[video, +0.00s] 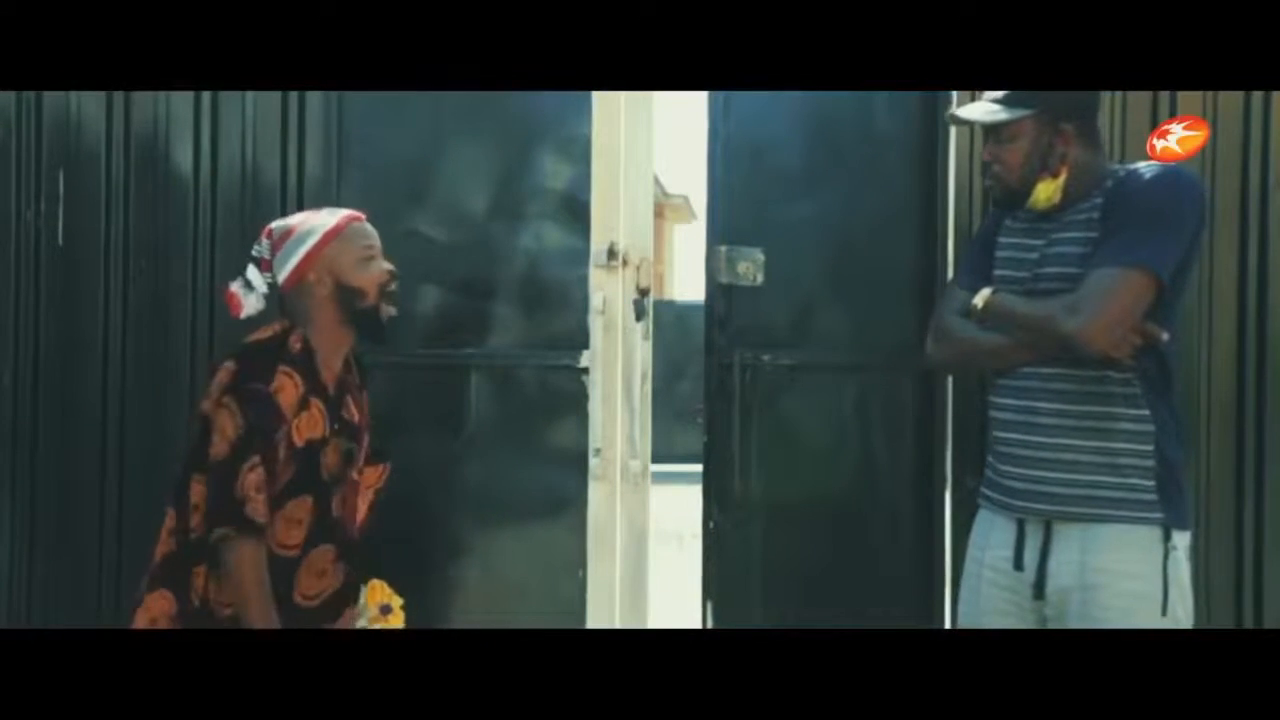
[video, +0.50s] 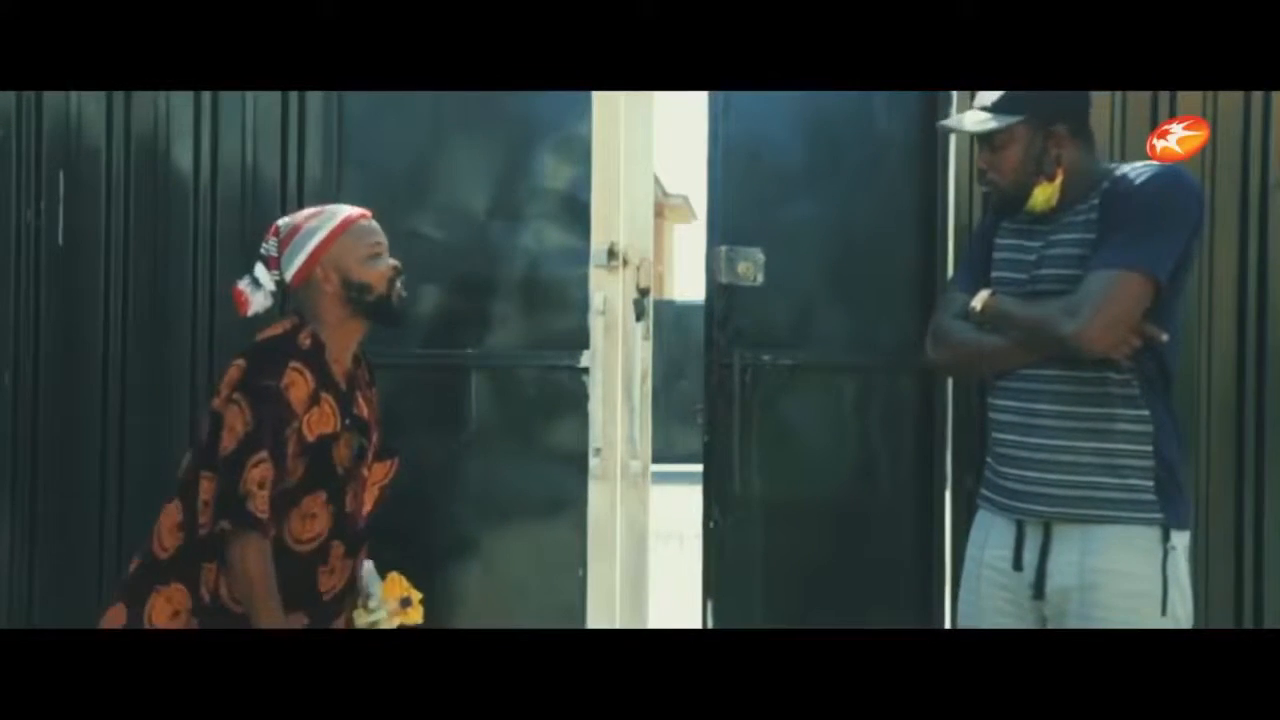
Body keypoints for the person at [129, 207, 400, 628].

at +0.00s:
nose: (391, 272)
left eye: (384, 259)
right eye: (369, 259)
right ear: (315, 275)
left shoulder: (349, 378)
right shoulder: (259, 376)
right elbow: (239, 539)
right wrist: (264, 620)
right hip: (230, 611)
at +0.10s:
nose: (392, 269)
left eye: (384, 257)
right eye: (371, 258)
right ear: (318, 276)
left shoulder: (349, 376)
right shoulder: (261, 376)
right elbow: (241, 538)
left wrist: (337, 614)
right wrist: (265, 620)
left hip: (310, 609)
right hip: (222, 613)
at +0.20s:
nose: (391, 267)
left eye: (384, 255)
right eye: (370, 256)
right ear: (317, 274)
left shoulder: (351, 377)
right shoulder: (264, 373)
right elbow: (243, 535)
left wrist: (345, 612)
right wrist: (266, 620)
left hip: (311, 609)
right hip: (220, 613)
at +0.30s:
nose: (391, 265)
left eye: (383, 252)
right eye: (370, 255)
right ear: (318, 276)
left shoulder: (350, 374)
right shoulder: (271, 374)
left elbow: (337, 523)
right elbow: (244, 536)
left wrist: (361, 607)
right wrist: (271, 619)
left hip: (311, 606)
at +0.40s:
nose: (392, 264)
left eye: (384, 251)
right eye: (371, 255)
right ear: (322, 277)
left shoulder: (351, 369)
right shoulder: (274, 372)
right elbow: (246, 534)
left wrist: (348, 610)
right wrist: (271, 619)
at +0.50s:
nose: (395, 266)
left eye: (388, 254)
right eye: (375, 258)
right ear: (326, 278)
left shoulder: (354, 372)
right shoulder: (275, 375)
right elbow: (246, 537)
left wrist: (371, 606)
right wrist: (272, 619)